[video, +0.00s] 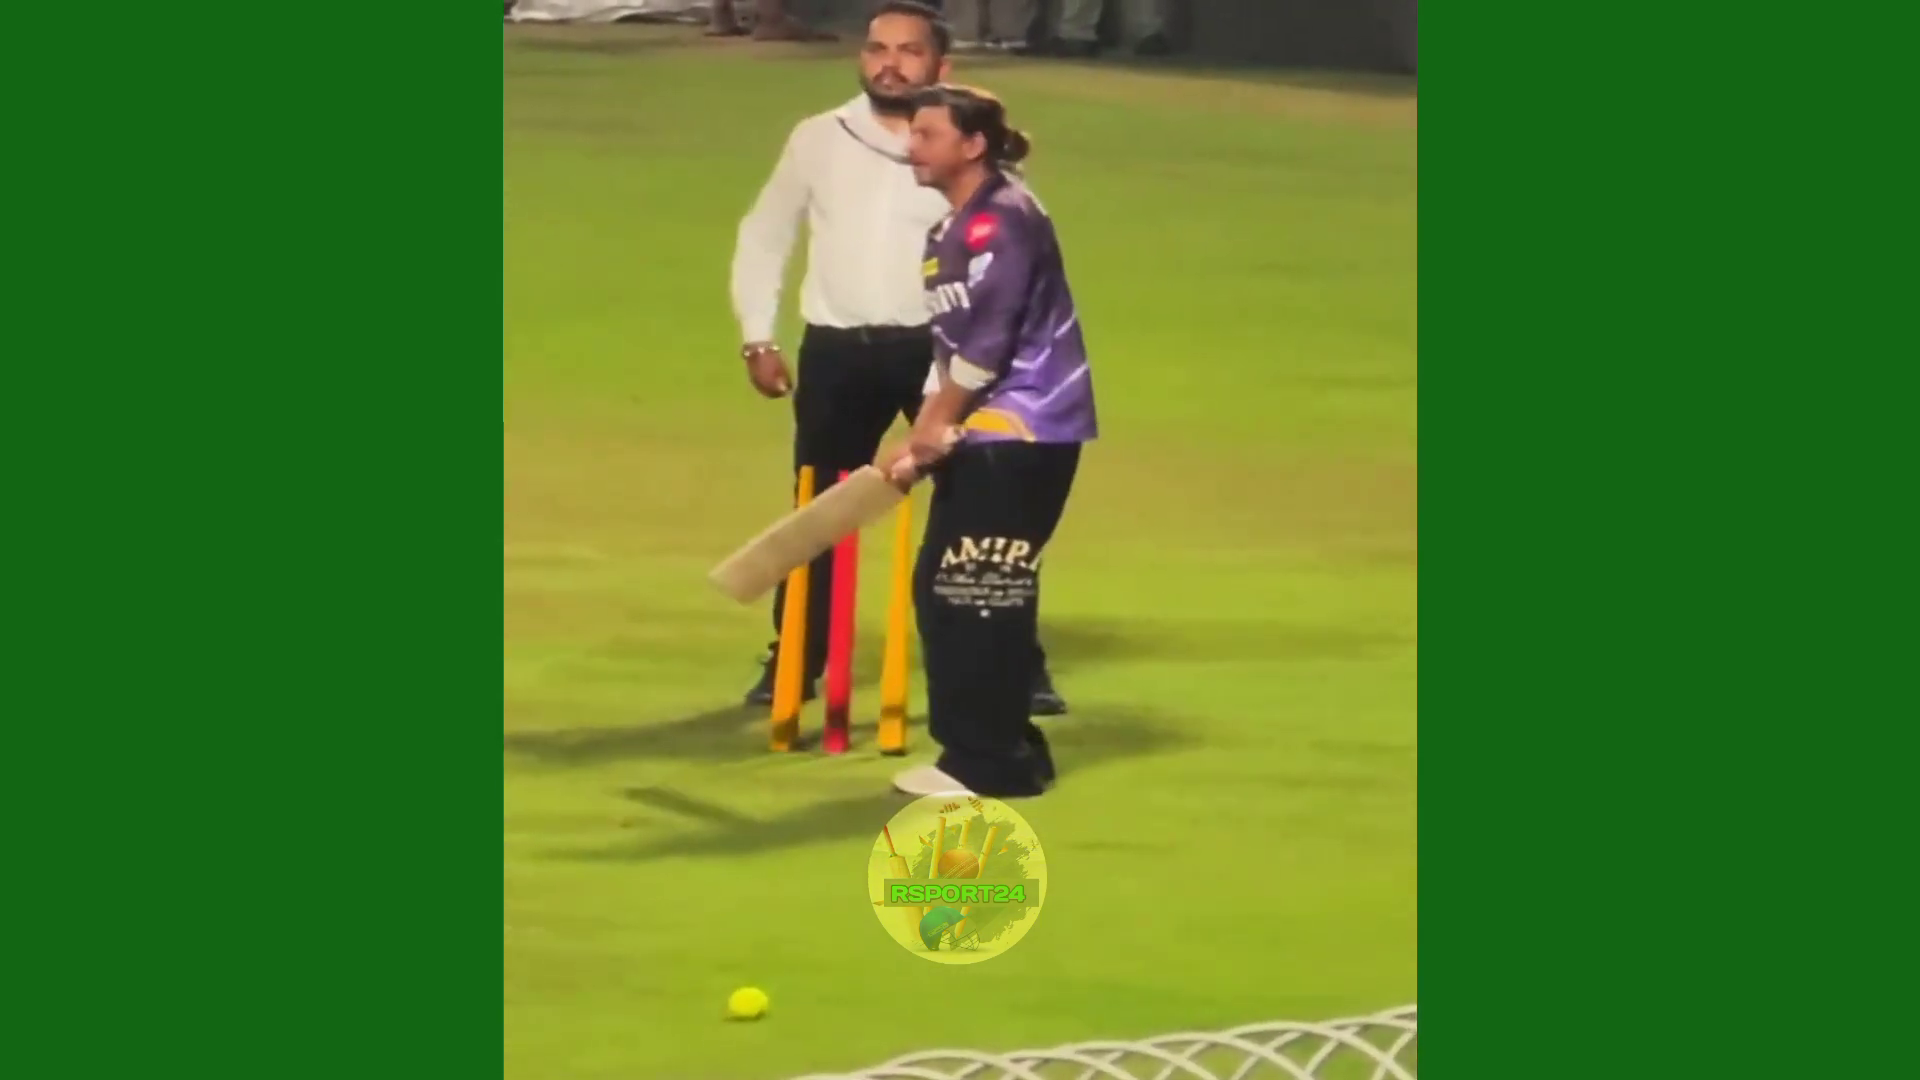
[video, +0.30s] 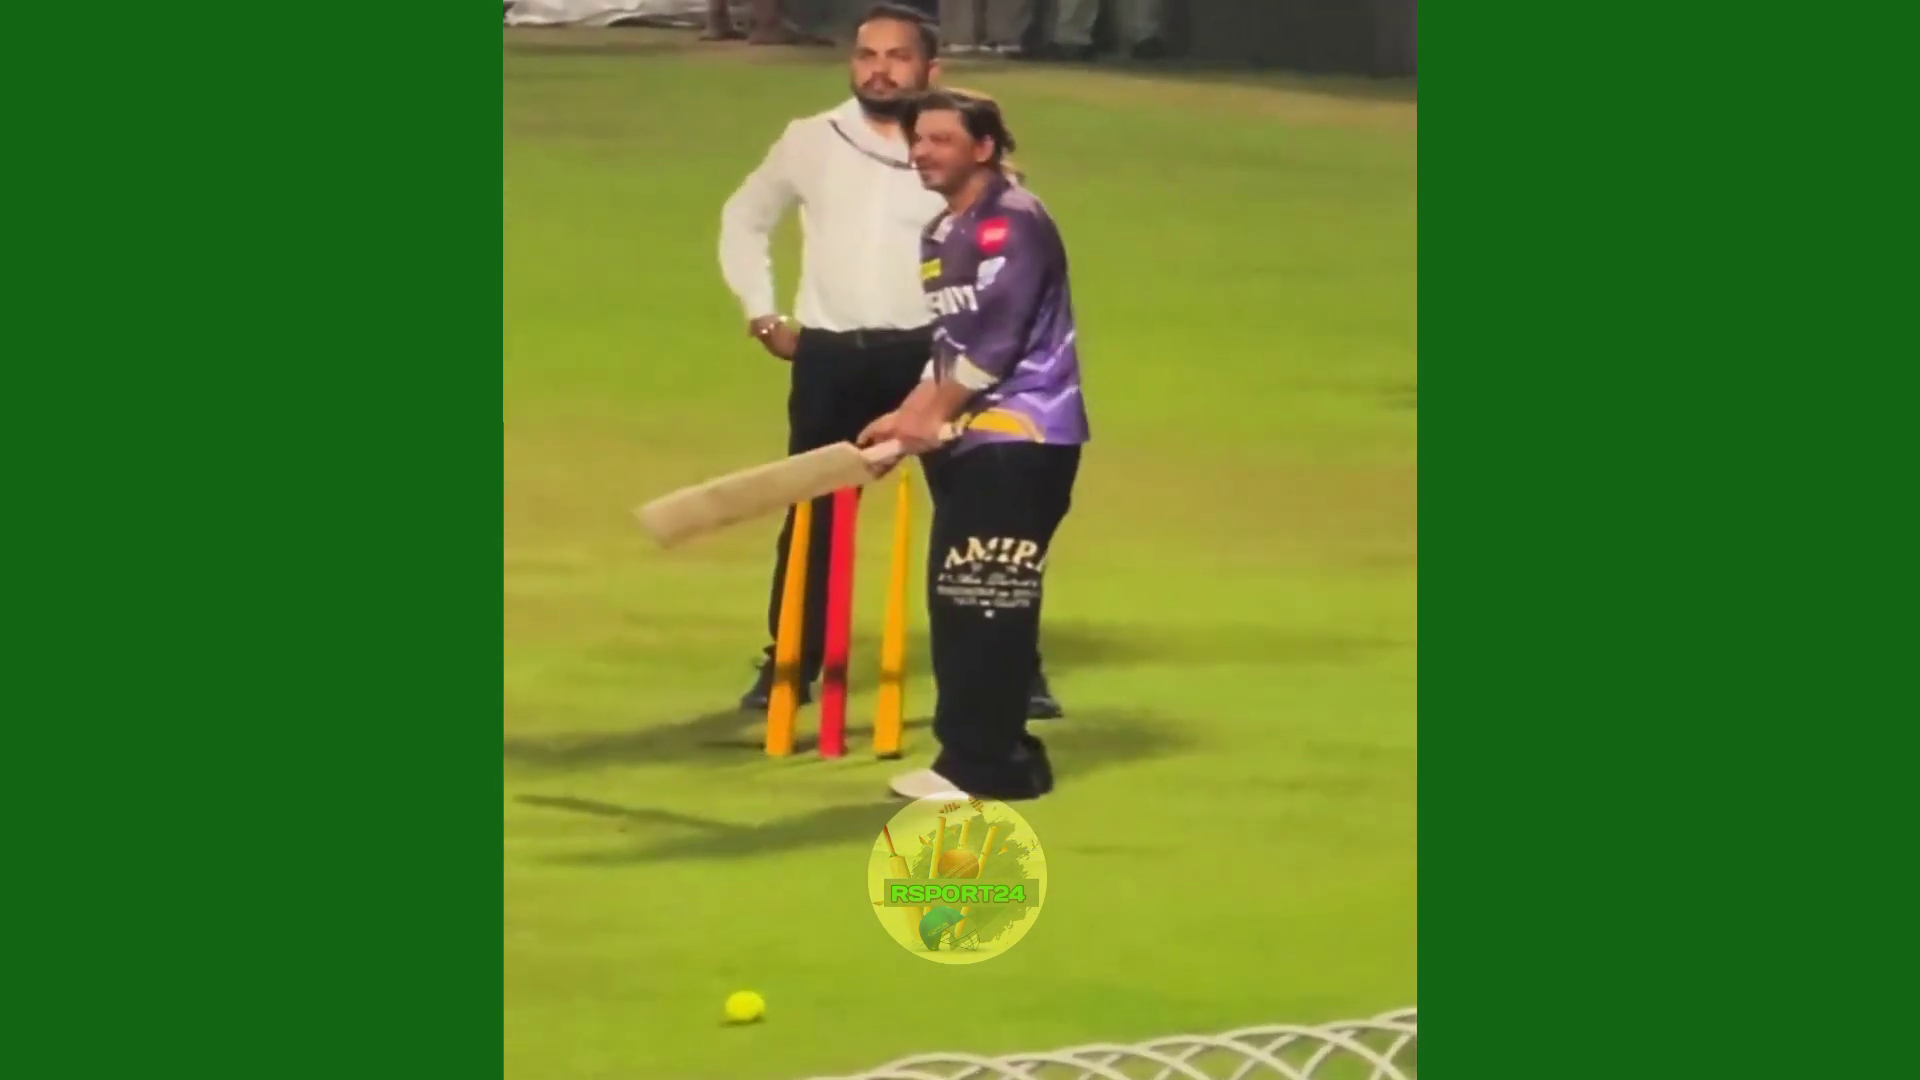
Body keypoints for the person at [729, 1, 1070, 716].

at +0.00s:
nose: (888, 63)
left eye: (906, 51)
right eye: (877, 49)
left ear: (938, 64)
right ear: (861, 56)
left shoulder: (960, 143)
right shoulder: (818, 139)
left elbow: (1000, 260)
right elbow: (764, 235)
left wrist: (975, 372)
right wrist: (758, 336)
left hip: (936, 352)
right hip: (837, 352)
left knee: (981, 519)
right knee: (819, 521)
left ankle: (1021, 669)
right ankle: (794, 666)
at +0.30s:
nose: (878, 69)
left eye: (896, 56)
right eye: (866, 54)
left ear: (928, 66)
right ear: (851, 61)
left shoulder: (957, 143)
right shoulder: (810, 142)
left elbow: (1005, 251)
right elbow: (742, 220)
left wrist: (977, 347)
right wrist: (764, 317)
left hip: (934, 356)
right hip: (832, 356)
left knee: (977, 520)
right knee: (812, 521)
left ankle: (1017, 673)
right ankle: (789, 667)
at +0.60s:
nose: (866, 89)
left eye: (884, 76)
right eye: (854, 75)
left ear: (916, 86)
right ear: (839, 81)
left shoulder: (943, 164)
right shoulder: (798, 160)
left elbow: (993, 271)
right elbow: (740, 233)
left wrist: (967, 368)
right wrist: (772, 325)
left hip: (921, 375)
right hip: (822, 374)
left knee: (966, 540)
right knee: (802, 539)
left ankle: (1006, 692)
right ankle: (782, 685)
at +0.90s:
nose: (858, 114)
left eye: (875, 100)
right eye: (845, 100)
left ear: (907, 109)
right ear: (828, 107)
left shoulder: (935, 186)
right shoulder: (791, 185)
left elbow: (990, 281)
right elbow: (740, 260)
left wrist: (967, 390)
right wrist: (767, 351)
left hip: (918, 398)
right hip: (818, 399)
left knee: (966, 567)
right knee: (796, 565)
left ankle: (1000, 717)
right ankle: (775, 713)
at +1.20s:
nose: (835, 128)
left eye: (853, 115)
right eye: (822, 115)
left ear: (886, 124)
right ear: (807, 123)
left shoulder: (926, 197)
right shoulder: (770, 202)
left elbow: (977, 301)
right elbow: (713, 275)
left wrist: (955, 403)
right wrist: (736, 370)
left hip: (902, 414)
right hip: (799, 415)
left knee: (950, 587)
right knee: (777, 580)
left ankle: (975, 739)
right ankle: (756, 727)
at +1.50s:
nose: (837, 139)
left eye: (853, 126)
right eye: (822, 126)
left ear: (880, 135)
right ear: (804, 135)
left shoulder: (927, 212)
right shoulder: (765, 216)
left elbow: (973, 324)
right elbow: (708, 290)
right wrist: (733, 383)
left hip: (900, 430)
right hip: (794, 429)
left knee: (945, 603)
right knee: (772, 598)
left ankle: (974, 755)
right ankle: (752, 747)